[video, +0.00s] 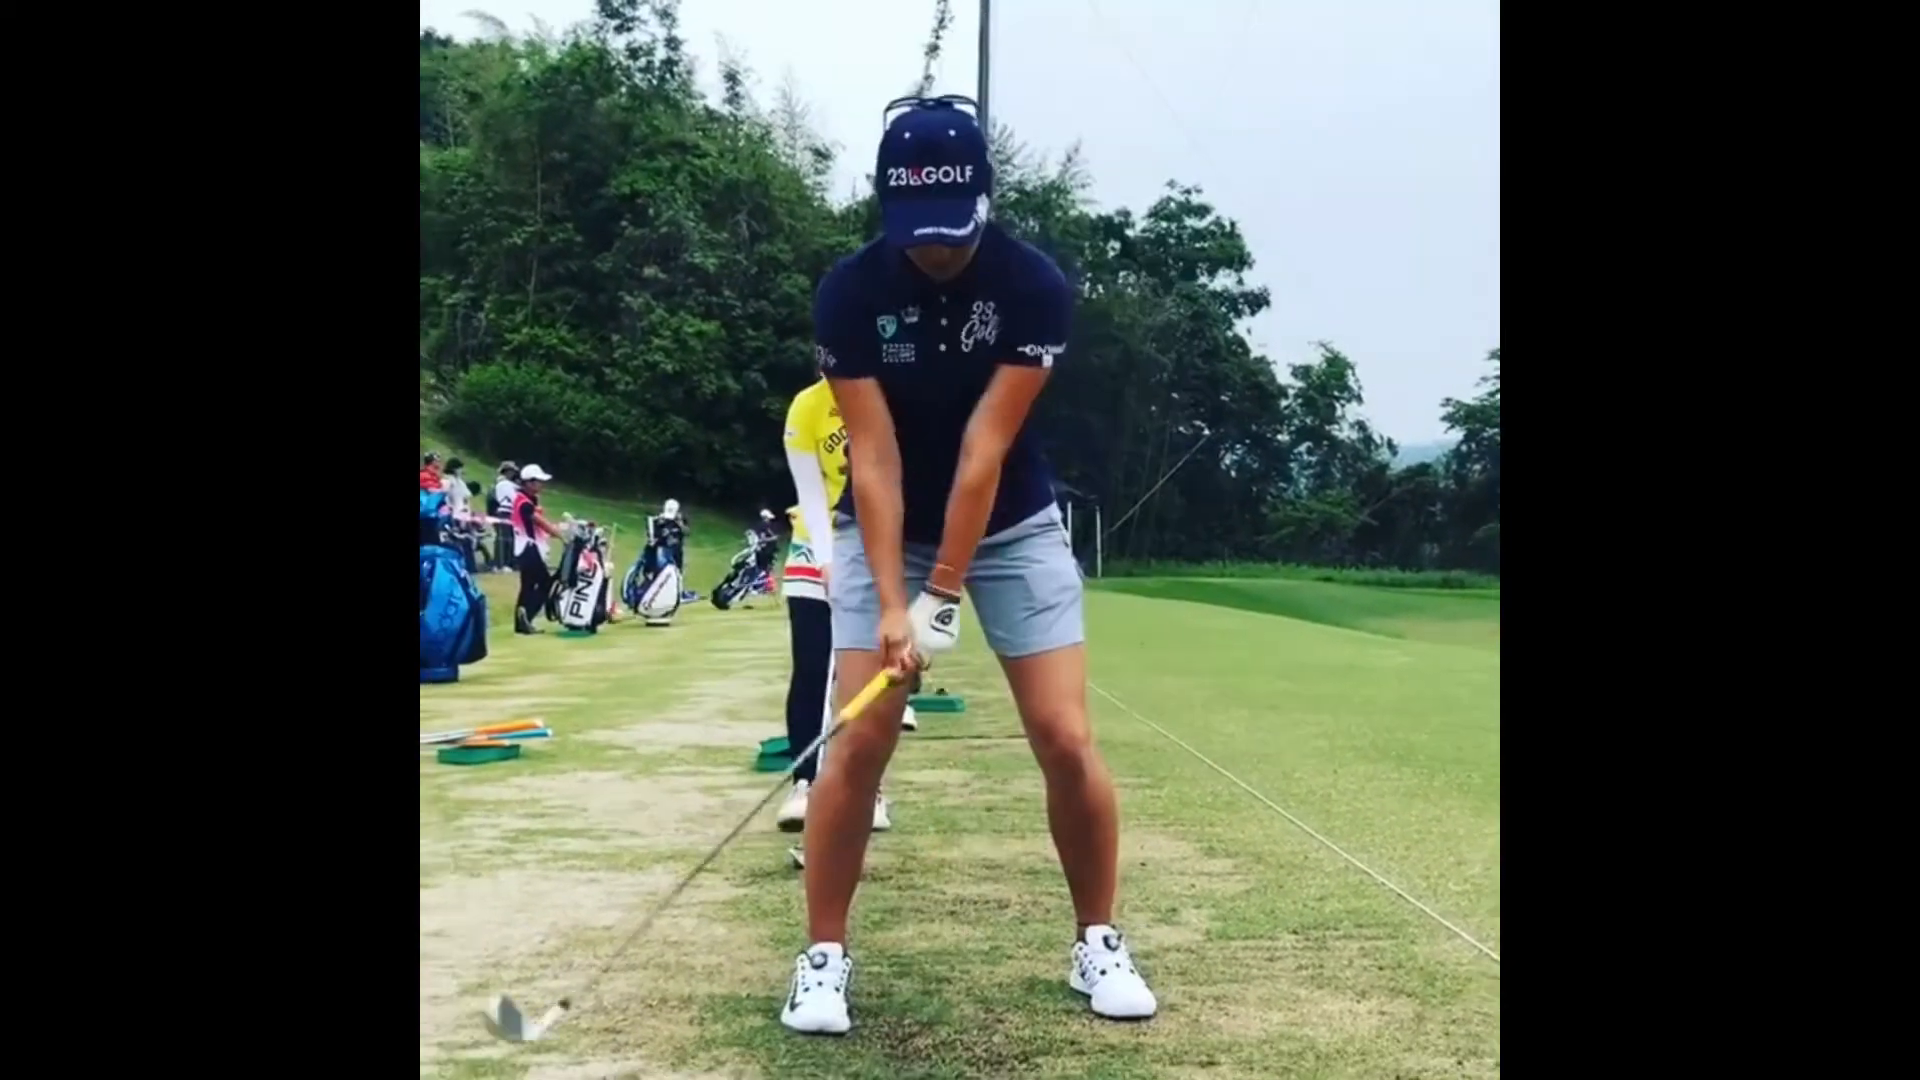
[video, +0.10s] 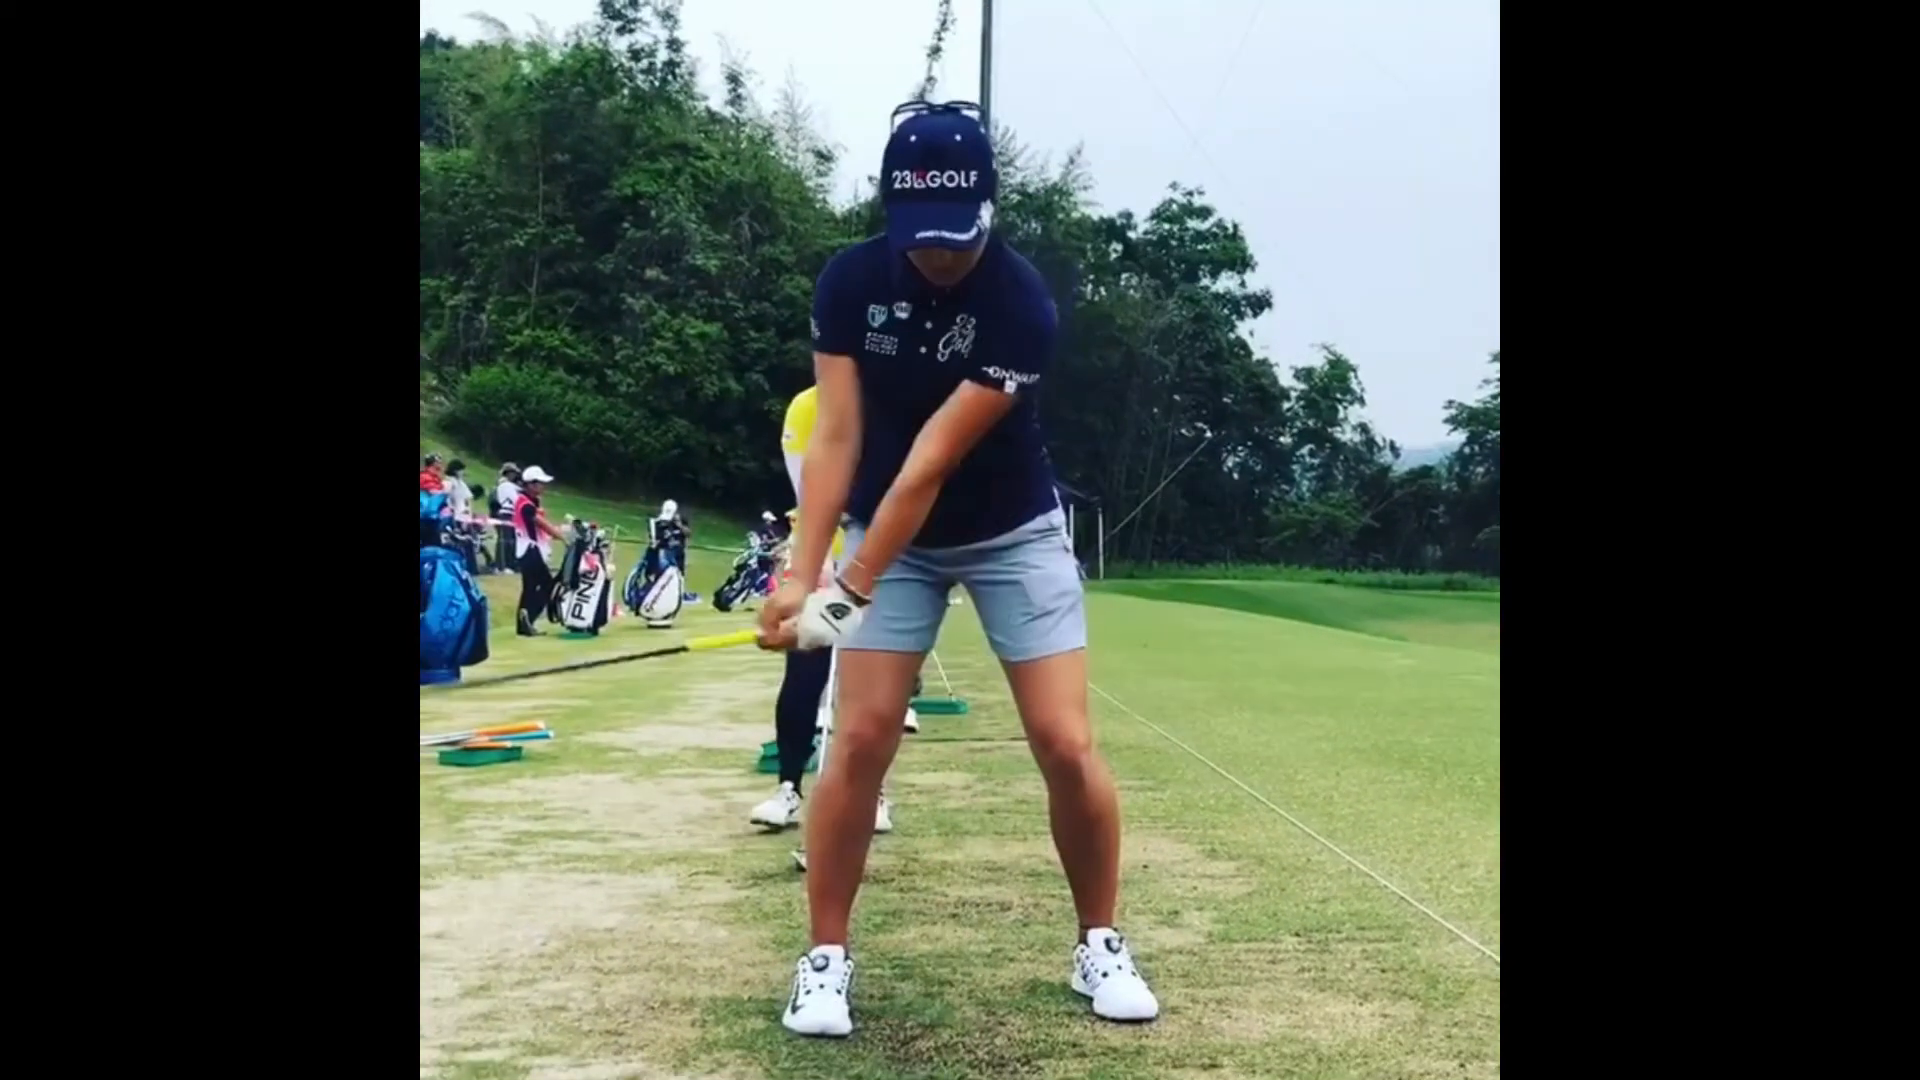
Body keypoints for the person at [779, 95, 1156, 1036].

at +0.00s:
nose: (938, 243)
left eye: (955, 223)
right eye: (920, 225)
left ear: (985, 199)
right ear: (890, 204)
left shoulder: (1036, 287)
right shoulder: (849, 293)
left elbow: (984, 450)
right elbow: (872, 454)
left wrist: (945, 591)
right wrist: (889, 597)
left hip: (1014, 529)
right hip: (888, 532)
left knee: (1066, 741)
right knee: (857, 744)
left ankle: (1100, 942)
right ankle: (824, 954)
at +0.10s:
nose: (940, 250)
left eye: (957, 231)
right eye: (923, 232)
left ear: (987, 206)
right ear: (892, 207)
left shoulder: (1020, 306)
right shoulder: (848, 283)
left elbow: (927, 470)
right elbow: (833, 437)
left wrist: (845, 591)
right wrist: (801, 572)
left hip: (1015, 536)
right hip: (893, 539)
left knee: (1067, 746)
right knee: (862, 739)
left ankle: (1101, 945)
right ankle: (825, 957)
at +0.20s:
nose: (945, 254)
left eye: (962, 235)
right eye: (928, 235)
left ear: (992, 214)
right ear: (899, 210)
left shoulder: (1005, 322)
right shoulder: (867, 265)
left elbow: (848, 440)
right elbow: (799, 391)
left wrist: (737, 526)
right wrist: (706, 496)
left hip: (1017, 539)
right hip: (893, 539)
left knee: (1068, 753)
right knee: (865, 738)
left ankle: (1103, 946)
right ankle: (828, 958)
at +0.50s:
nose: (930, 253)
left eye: (952, 233)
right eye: (914, 233)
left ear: (991, 213)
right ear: (891, 212)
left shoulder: (972, 309)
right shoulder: (902, 270)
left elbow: (809, 254)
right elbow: (832, 295)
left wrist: (747, 175)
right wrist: (782, 188)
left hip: (1017, 550)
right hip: (900, 541)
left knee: (1057, 775)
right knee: (870, 737)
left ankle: (1100, 951)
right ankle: (826, 962)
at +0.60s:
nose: (939, 260)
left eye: (958, 239)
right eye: (921, 242)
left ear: (999, 217)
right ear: (896, 224)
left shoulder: (991, 312)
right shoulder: (911, 286)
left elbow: (826, 251)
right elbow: (848, 306)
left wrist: (773, 175)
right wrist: (811, 192)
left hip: (1025, 555)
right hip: (908, 548)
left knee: (1062, 775)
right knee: (870, 743)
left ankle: (1099, 953)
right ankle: (825, 963)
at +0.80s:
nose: (984, 276)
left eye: (987, 254)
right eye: (961, 270)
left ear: (994, 217)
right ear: (915, 261)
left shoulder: (1056, 256)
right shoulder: (895, 327)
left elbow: (1063, 416)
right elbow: (932, 475)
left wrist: (1042, 550)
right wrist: (989, 567)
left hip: (1083, 524)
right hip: (973, 541)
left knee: (1117, 722)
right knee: (951, 748)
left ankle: (1108, 953)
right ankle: (829, 958)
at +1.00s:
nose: (1034, 249)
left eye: (1033, 231)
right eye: (1013, 242)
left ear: (969, 242)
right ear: (964, 256)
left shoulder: (976, 261)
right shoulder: (1039, 326)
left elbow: (1090, 264)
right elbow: (1142, 284)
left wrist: (1196, 252)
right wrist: (1207, 228)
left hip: (1068, 527)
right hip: (1051, 542)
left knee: (1092, 727)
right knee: (1002, 758)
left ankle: (1088, 951)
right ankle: (833, 920)